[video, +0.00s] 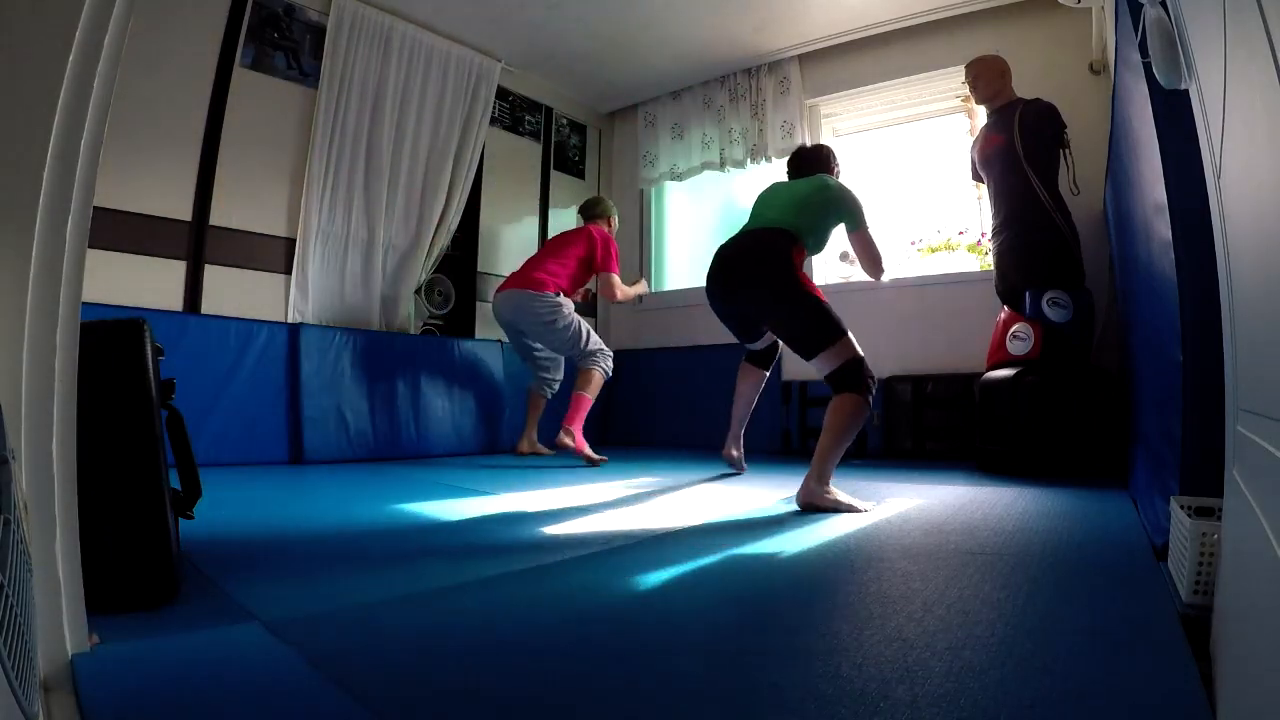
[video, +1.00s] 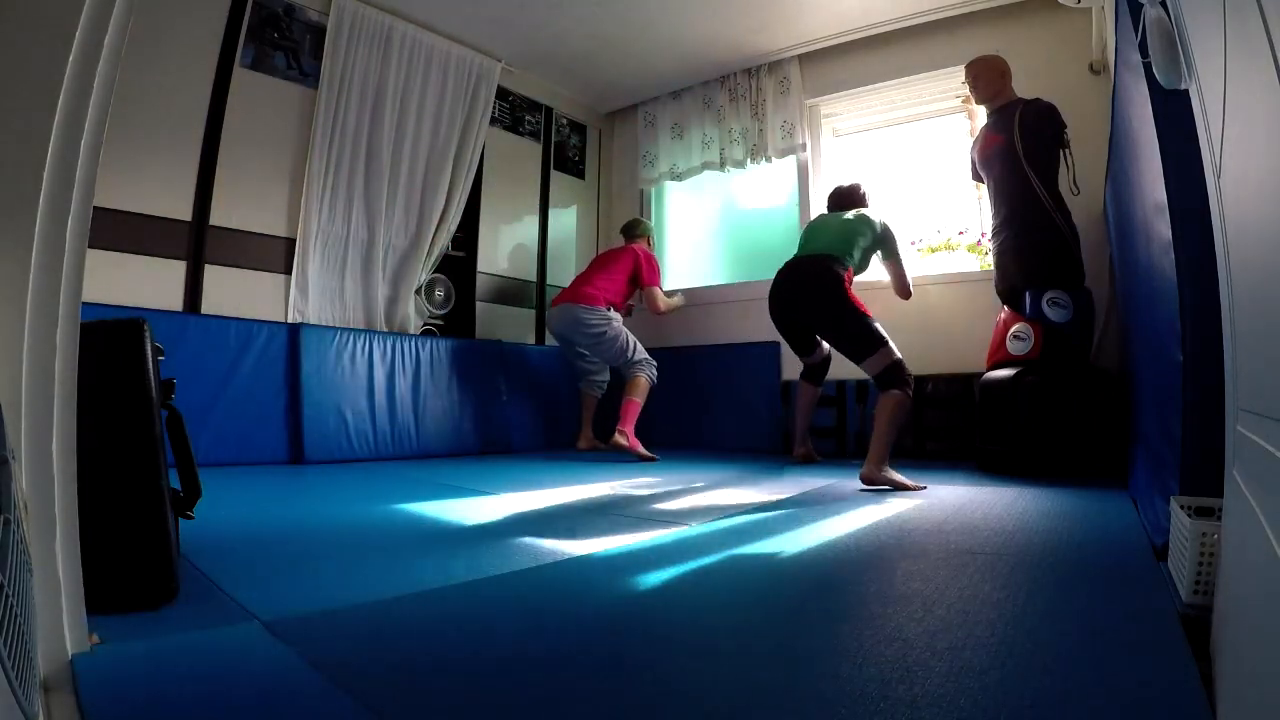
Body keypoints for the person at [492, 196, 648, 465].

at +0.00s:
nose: (616, 229)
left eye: (615, 225)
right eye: (616, 224)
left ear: (584, 220)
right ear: (610, 221)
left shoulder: (564, 237)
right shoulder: (602, 237)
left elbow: (537, 275)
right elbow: (614, 293)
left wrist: (571, 292)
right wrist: (638, 289)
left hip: (503, 299)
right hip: (539, 298)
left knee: (549, 366)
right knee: (598, 355)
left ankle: (528, 439)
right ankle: (572, 431)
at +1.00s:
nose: (651, 246)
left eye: (651, 243)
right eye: (652, 242)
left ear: (625, 239)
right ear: (648, 240)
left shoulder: (607, 255)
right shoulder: (643, 255)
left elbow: (588, 290)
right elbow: (657, 306)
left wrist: (618, 305)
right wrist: (676, 301)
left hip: (557, 312)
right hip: (589, 312)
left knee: (595, 372)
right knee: (642, 364)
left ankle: (586, 436)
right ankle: (625, 432)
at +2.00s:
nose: (599, 224)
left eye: (599, 219)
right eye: (599, 218)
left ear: (566, 215)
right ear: (592, 216)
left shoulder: (544, 230)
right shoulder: (585, 232)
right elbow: (589, 297)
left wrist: (549, 298)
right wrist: (626, 291)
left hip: (468, 289)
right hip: (507, 290)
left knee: (515, 364)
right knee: (563, 358)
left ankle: (500, 440)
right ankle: (516, 425)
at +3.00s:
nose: (460, 184)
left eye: (462, 176)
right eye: (461, 174)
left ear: (419, 164)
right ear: (452, 166)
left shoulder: (398, 183)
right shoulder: (433, 180)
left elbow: (335, 255)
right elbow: (440, 259)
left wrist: (380, 269)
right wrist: (478, 260)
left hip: (282, 238)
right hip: (301, 242)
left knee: (345, 336)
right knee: (352, 351)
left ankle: (328, 436)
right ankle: (287, 465)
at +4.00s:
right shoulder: (278, 214)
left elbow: (211, 287)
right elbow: (266, 281)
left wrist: (273, 309)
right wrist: (321, 301)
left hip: (163, 262)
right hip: (130, 248)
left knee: (218, 341)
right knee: (188, 368)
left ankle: (208, 462)